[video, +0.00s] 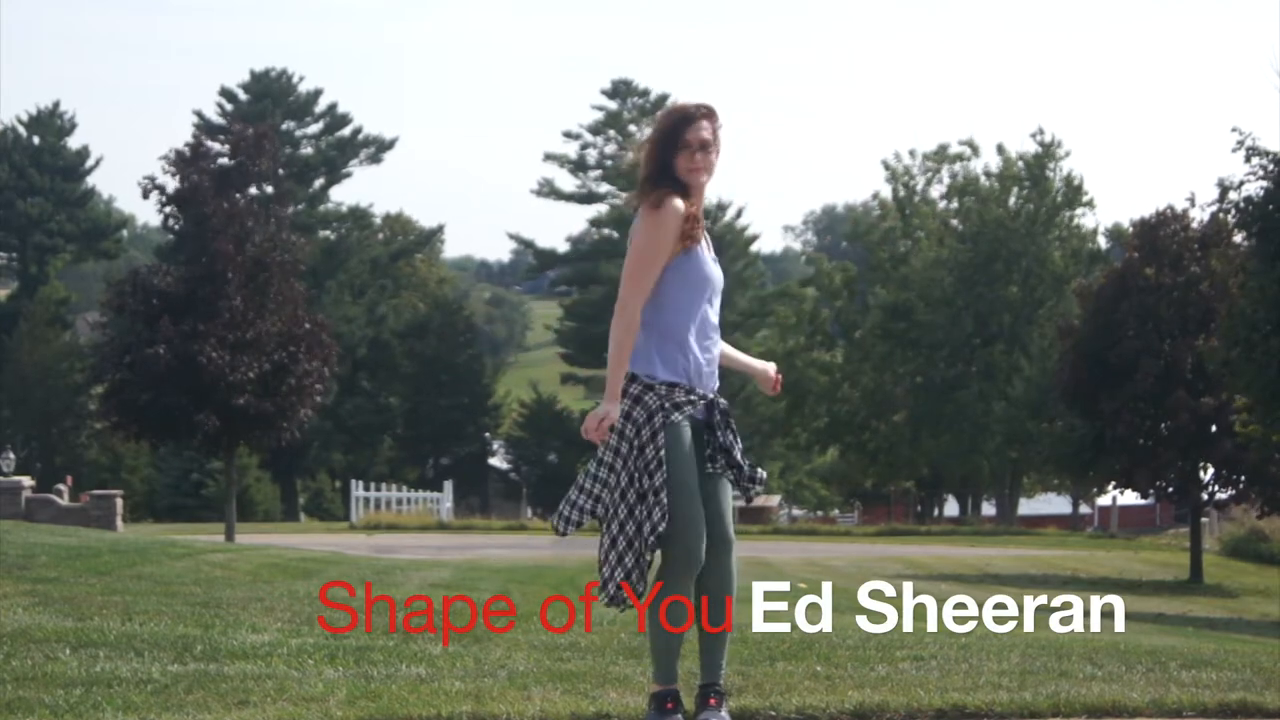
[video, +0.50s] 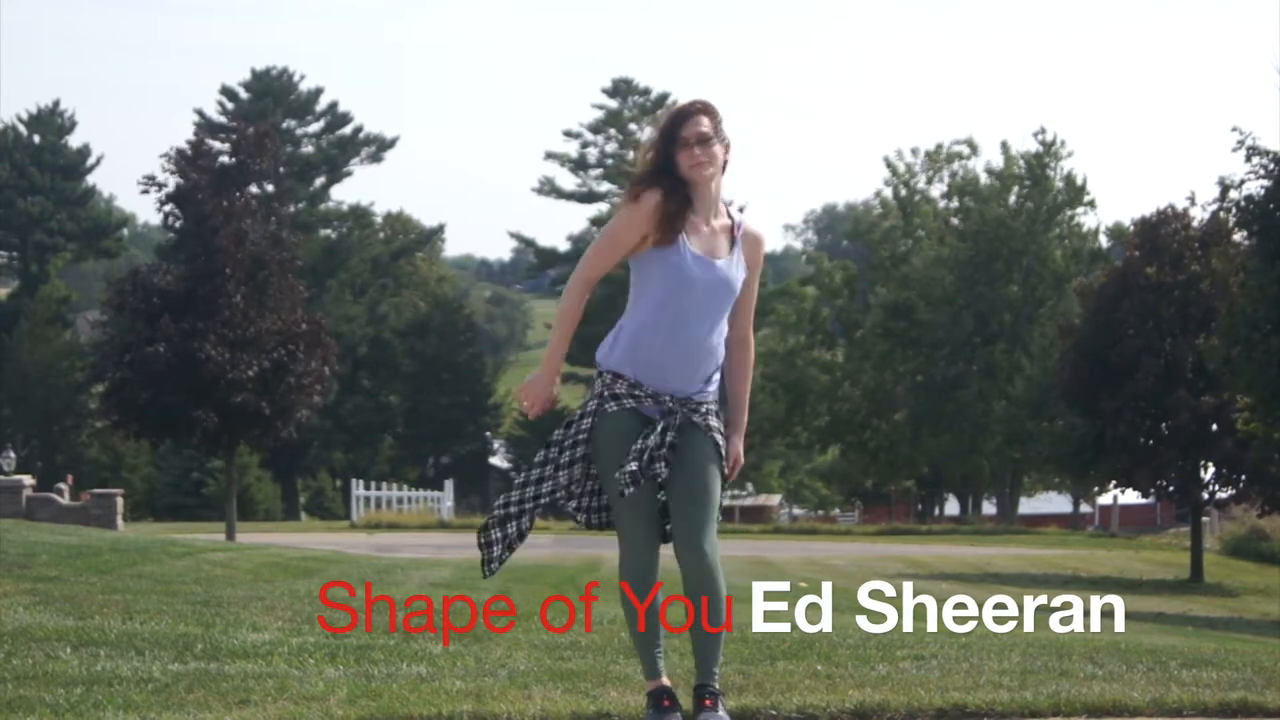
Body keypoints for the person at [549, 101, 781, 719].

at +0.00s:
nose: (699, 157)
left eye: (708, 147)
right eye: (688, 147)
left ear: (718, 155)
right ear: (666, 154)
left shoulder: (697, 223)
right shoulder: (665, 211)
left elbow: (696, 331)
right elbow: (628, 307)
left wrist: (754, 366)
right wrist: (612, 397)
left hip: (704, 402)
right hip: (661, 397)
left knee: (720, 544)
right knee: (685, 543)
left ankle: (713, 694)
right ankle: (665, 696)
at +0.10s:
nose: (705, 154)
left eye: (712, 144)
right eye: (693, 145)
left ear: (721, 153)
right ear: (671, 153)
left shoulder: (700, 222)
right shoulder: (671, 210)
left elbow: (694, 332)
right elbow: (624, 303)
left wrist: (740, 394)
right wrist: (606, 395)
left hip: (699, 402)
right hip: (653, 395)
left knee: (714, 542)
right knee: (674, 537)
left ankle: (711, 692)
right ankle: (662, 693)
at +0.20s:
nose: (706, 151)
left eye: (713, 141)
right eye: (693, 143)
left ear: (724, 151)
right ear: (672, 154)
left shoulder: (710, 228)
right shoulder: (672, 209)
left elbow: (701, 333)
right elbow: (616, 296)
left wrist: (721, 413)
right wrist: (598, 387)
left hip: (692, 401)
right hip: (644, 391)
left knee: (707, 542)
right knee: (657, 536)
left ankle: (709, 690)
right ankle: (659, 689)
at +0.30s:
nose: (704, 151)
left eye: (711, 140)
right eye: (691, 143)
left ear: (726, 148)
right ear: (673, 155)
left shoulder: (722, 229)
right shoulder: (666, 207)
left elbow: (709, 323)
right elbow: (605, 286)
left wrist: (712, 401)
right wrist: (583, 380)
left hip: (692, 404)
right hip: (636, 395)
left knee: (702, 543)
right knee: (646, 542)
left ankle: (708, 690)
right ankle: (658, 688)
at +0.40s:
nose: (705, 148)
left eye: (712, 139)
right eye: (692, 142)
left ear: (728, 147)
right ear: (673, 155)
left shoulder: (737, 237)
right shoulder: (659, 207)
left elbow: (725, 336)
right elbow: (592, 280)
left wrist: (726, 423)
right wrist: (567, 375)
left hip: (697, 409)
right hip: (631, 398)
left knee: (698, 544)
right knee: (641, 542)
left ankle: (709, 687)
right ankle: (658, 685)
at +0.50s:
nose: (700, 150)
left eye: (709, 139)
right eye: (688, 143)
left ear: (728, 149)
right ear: (671, 156)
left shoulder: (748, 238)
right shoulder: (653, 208)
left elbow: (741, 337)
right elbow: (583, 277)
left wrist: (737, 428)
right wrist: (550, 369)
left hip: (698, 407)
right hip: (626, 397)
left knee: (698, 545)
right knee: (639, 547)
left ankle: (709, 688)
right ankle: (657, 684)